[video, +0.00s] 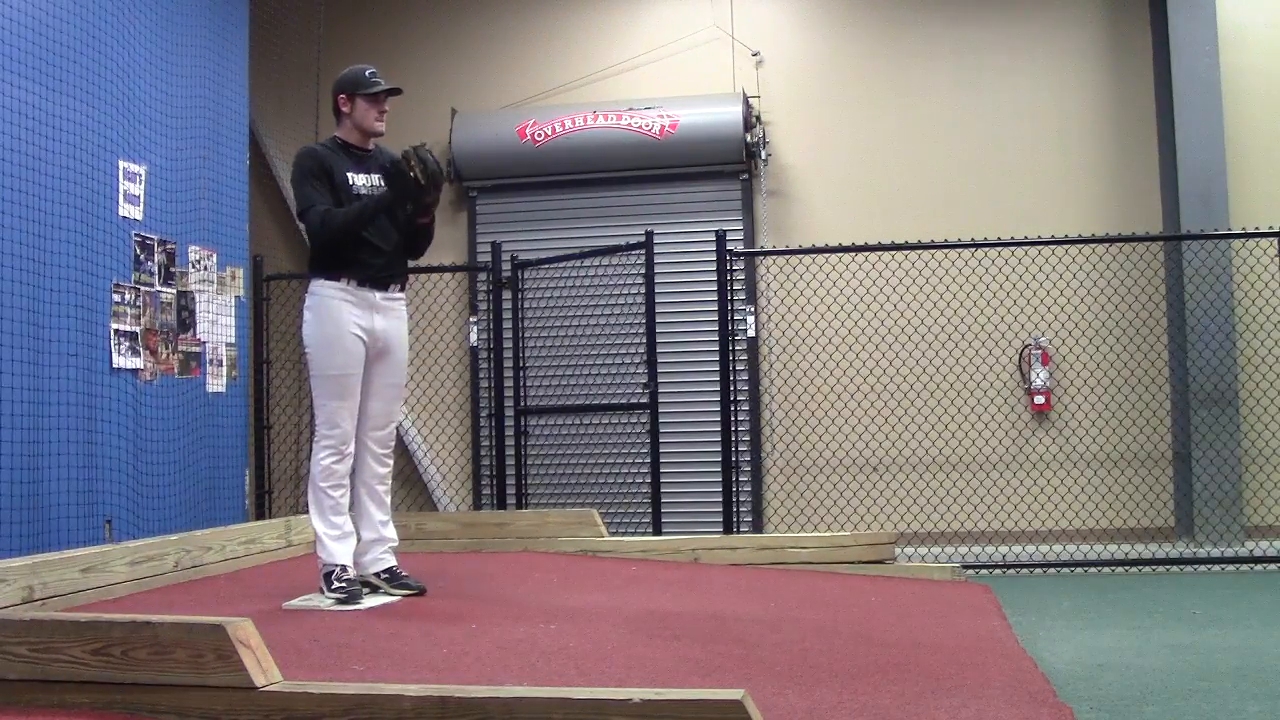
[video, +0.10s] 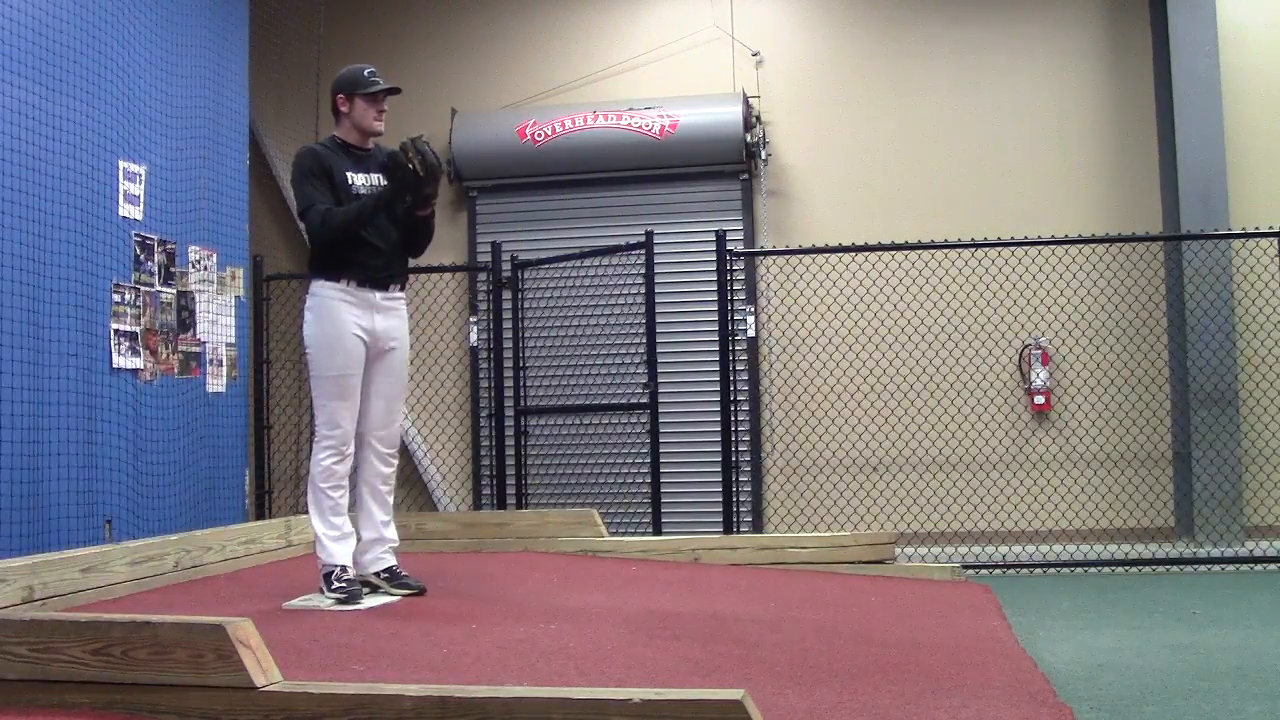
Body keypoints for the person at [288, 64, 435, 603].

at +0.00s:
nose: (384, 107)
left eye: (386, 100)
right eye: (374, 100)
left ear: (384, 107)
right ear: (345, 104)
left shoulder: (395, 168)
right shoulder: (315, 159)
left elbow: (414, 248)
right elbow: (322, 228)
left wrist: (426, 203)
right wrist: (388, 194)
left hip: (391, 310)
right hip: (336, 306)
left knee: (379, 442)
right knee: (336, 440)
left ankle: (377, 561)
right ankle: (335, 564)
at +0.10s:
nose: (382, 107)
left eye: (384, 100)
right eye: (372, 100)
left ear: (383, 107)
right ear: (343, 104)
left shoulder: (396, 165)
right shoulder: (314, 158)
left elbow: (415, 246)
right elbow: (321, 227)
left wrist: (425, 199)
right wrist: (388, 192)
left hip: (391, 309)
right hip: (337, 306)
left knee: (382, 441)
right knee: (337, 439)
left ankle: (377, 561)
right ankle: (335, 564)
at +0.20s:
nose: (382, 107)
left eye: (384, 99)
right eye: (372, 99)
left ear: (384, 106)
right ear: (343, 104)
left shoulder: (395, 164)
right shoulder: (315, 159)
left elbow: (418, 245)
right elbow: (322, 228)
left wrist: (423, 197)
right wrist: (390, 189)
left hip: (394, 309)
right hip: (338, 307)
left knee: (396, 432)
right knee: (339, 436)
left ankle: (382, 559)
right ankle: (335, 563)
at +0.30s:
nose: (385, 108)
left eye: (387, 101)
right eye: (375, 101)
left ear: (387, 107)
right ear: (346, 105)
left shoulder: (398, 164)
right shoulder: (318, 160)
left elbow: (423, 244)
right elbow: (323, 229)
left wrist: (424, 197)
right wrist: (390, 193)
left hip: (399, 310)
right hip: (341, 309)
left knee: (408, 428)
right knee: (343, 436)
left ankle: (400, 555)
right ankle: (335, 562)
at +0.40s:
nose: (394, 112)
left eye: (395, 105)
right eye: (383, 105)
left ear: (395, 111)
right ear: (355, 109)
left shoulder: (407, 166)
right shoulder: (324, 163)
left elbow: (431, 248)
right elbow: (322, 233)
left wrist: (427, 205)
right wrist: (391, 199)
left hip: (403, 314)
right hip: (345, 313)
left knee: (413, 435)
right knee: (349, 436)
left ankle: (424, 558)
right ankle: (337, 563)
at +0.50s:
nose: (406, 121)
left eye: (408, 114)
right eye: (396, 113)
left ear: (408, 120)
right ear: (368, 116)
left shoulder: (420, 175)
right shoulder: (336, 167)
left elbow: (443, 256)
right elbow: (324, 236)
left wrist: (432, 222)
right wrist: (386, 210)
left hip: (410, 319)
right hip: (351, 317)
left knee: (419, 440)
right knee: (358, 432)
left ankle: (431, 558)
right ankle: (339, 562)